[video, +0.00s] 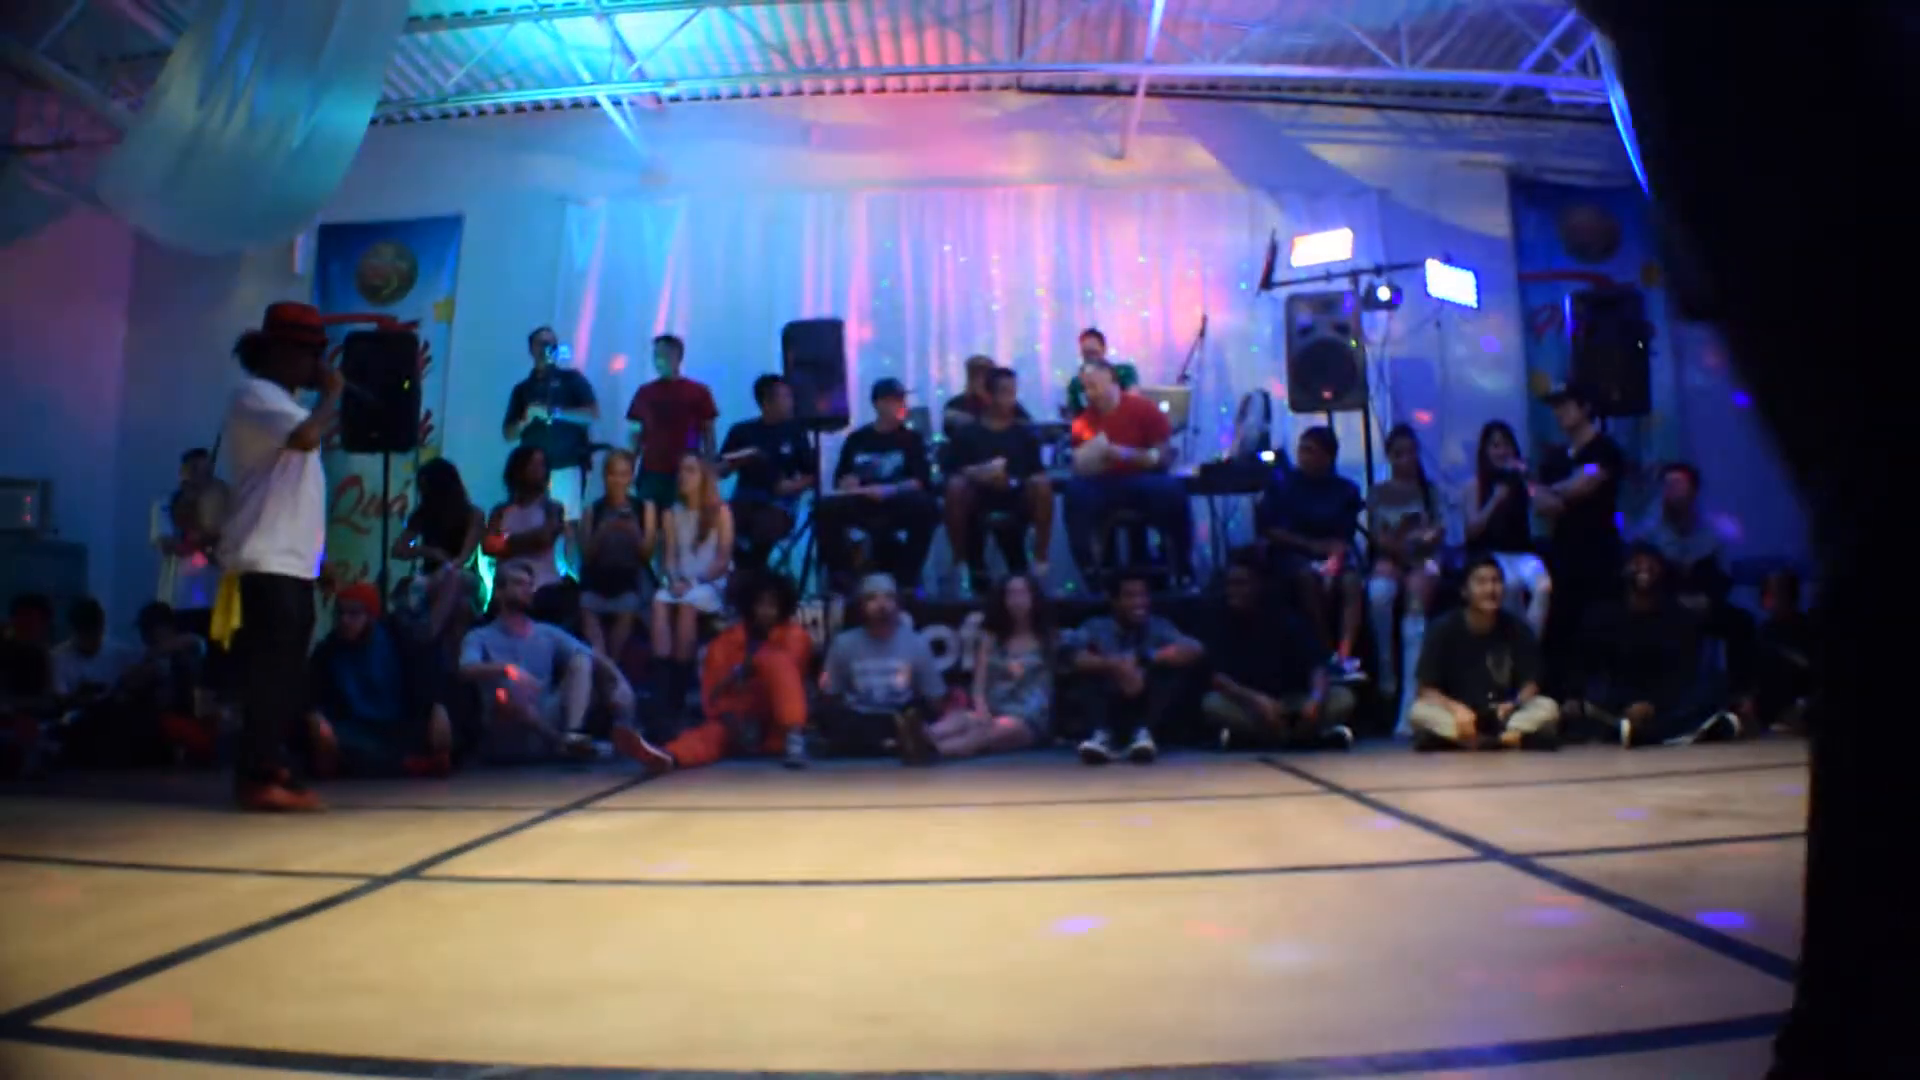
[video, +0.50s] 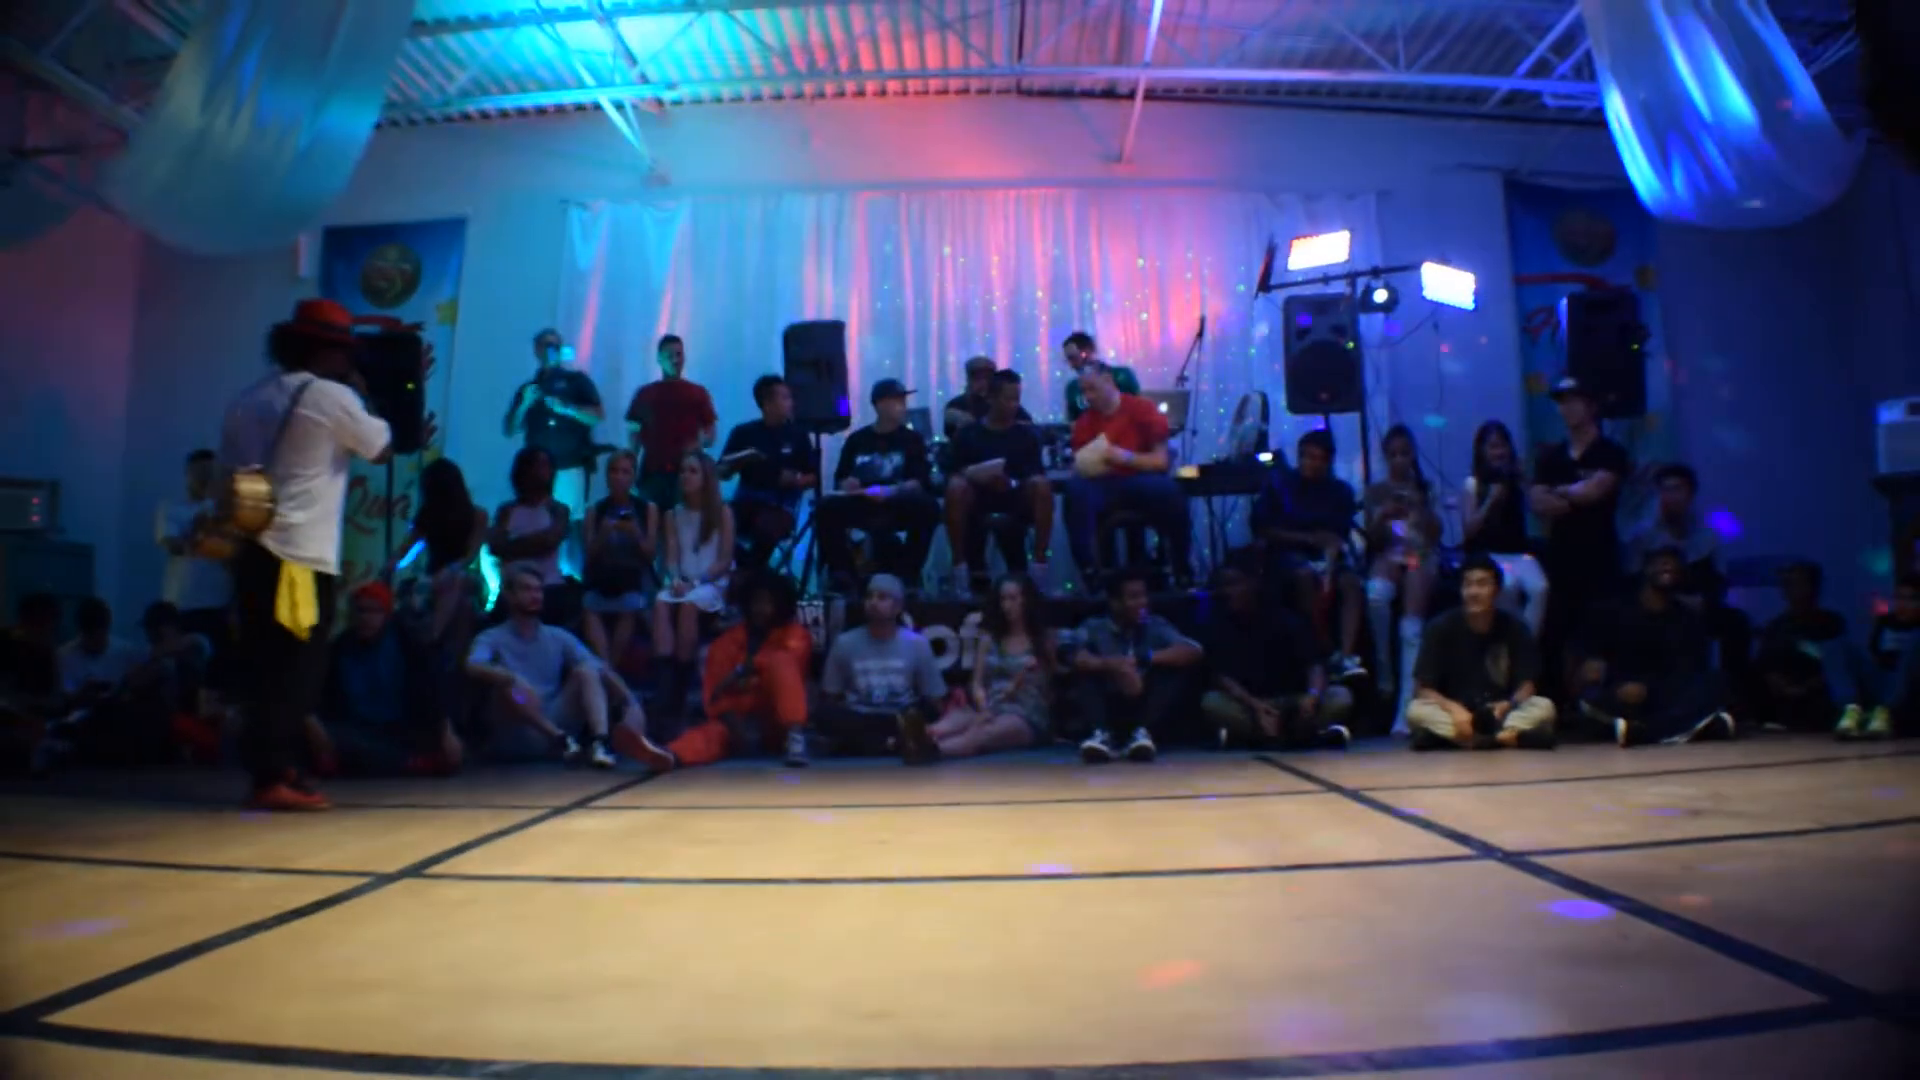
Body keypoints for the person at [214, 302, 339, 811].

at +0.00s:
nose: (316, 365)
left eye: (317, 357)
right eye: (309, 355)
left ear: (289, 358)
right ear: (281, 354)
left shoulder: (285, 404)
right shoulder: (254, 398)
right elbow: (306, 436)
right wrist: (333, 393)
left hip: (291, 563)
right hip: (266, 563)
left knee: (282, 673)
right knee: (271, 673)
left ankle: (271, 770)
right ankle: (260, 775)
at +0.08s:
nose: (325, 362)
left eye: (325, 353)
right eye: (318, 352)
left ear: (290, 354)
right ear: (291, 351)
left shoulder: (286, 399)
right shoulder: (266, 397)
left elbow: (349, 429)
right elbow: (330, 436)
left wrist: (402, 375)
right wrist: (344, 393)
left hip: (291, 560)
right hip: (275, 562)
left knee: (285, 673)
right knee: (282, 673)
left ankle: (273, 774)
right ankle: (266, 778)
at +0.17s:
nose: (333, 359)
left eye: (332, 350)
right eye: (325, 350)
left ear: (290, 351)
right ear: (301, 351)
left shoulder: (274, 392)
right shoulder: (285, 395)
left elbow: (344, 434)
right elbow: (348, 437)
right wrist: (354, 392)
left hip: (282, 556)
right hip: (286, 558)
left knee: (285, 672)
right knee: (287, 673)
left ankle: (276, 774)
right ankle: (270, 778)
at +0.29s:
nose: (345, 360)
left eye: (344, 351)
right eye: (339, 351)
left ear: (298, 351)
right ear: (318, 352)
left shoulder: (279, 394)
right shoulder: (308, 397)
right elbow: (370, 442)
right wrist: (363, 397)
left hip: (271, 551)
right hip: (294, 556)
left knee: (282, 670)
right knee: (293, 671)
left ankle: (273, 775)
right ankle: (278, 778)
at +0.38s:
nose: (348, 360)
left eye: (347, 351)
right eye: (341, 351)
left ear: (295, 348)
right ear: (322, 352)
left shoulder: (268, 394)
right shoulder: (318, 398)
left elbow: (248, 460)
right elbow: (379, 444)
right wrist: (364, 393)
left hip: (263, 551)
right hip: (300, 557)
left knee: (273, 670)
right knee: (297, 673)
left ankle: (271, 775)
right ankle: (280, 778)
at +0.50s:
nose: (348, 361)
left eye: (347, 351)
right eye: (342, 351)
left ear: (290, 347)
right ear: (325, 351)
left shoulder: (250, 400)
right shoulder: (327, 398)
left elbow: (231, 471)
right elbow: (379, 443)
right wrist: (360, 391)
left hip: (253, 554)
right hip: (301, 559)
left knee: (265, 670)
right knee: (296, 673)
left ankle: (272, 775)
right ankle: (278, 778)